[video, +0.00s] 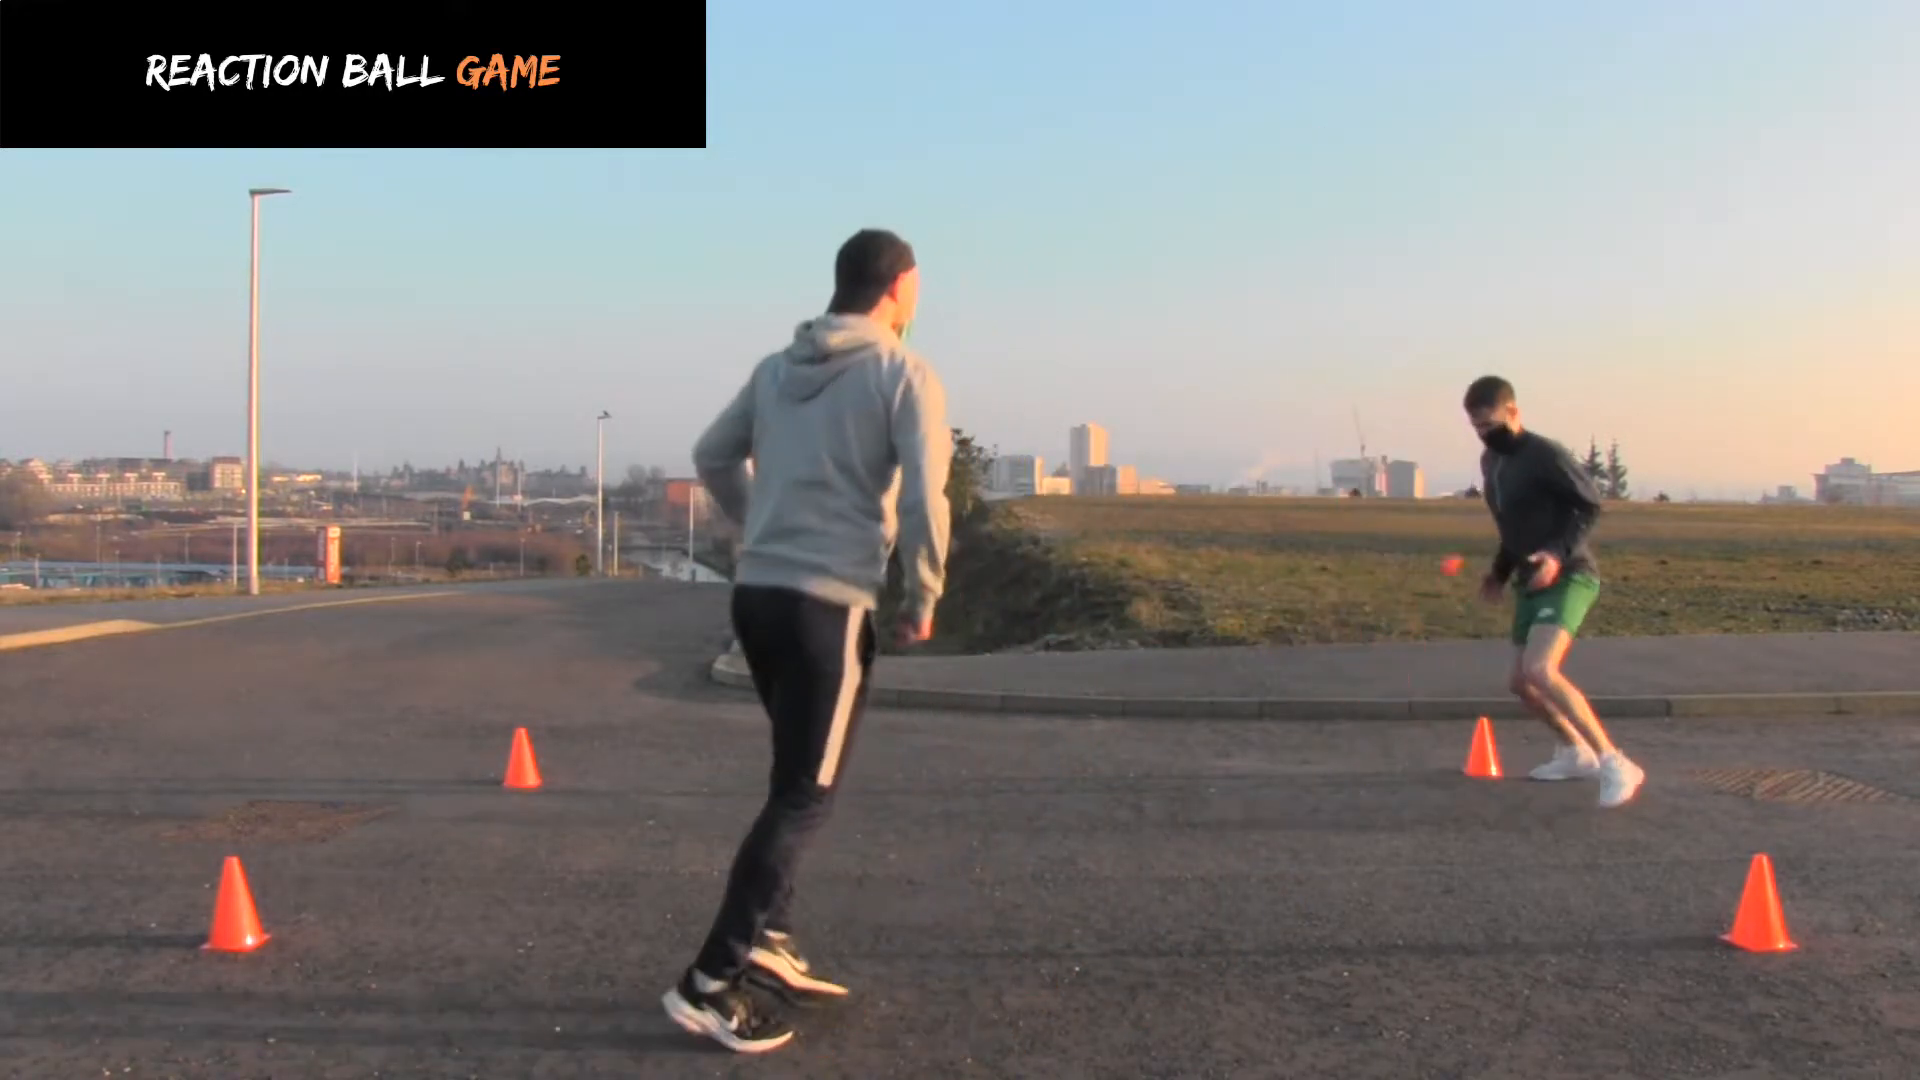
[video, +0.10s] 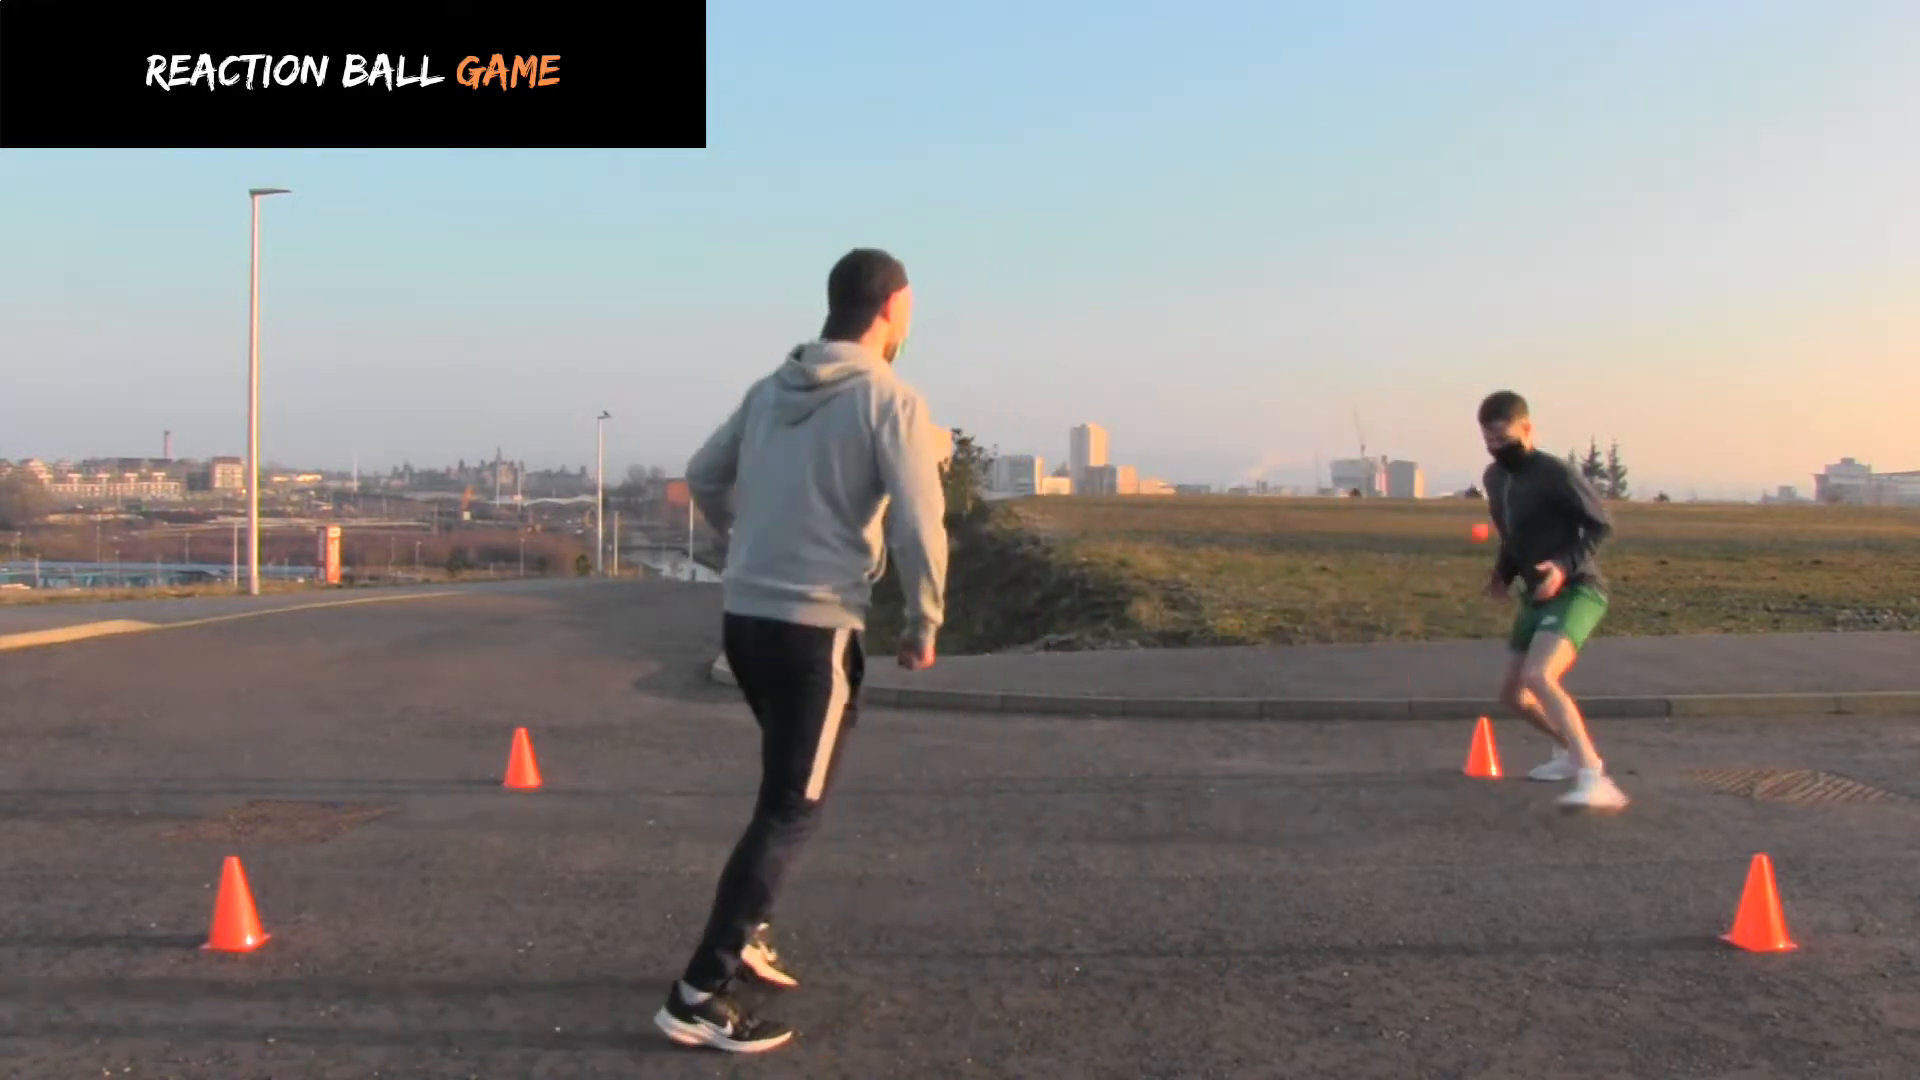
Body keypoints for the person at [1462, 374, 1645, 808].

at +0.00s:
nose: (1483, 432)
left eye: (1490, 421)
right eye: (1477, 424)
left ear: (1514, 411)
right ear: (1472, 420)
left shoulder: (1543, 452)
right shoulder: (1492, 463)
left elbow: (1590, 504)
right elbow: (1515, 527)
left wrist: (1560, 555)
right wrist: (1500, 571)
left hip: (1570, 575)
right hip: (1531, 580)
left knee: (1540, 670)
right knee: (1522, 682)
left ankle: (1614, 761)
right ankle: (1579, 751)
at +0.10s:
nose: (1493, 445)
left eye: (1501, 436)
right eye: (1488, 436)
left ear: (1526, 429)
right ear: (1482, 433)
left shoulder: (1556, 473)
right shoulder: (1495, 478)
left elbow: (1599, 526)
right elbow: (1513, 534)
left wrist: (1563, 567)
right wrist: (1503, 572)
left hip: (1578, 589)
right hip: (1536, 593)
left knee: (1540, 676)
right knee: (1515, 693)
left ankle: (1595, 774)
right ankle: (1570, 750)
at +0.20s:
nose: (1512, 465)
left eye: (1519, 456)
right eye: (1506, 457)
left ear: (1546, 450)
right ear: (1502, 456)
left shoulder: (1574, 492)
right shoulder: (1506, 499)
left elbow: (1618, 552)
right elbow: (1504, 565)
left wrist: (1563, 551)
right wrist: (1518, 559)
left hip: (1581, 614)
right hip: (1538, 617)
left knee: (1538, 689)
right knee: (1509, 713)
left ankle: (1574, 806)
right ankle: (1577, 753)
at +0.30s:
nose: (1525, 471)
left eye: (1534, 463)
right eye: (1519, 462)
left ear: (1559, 455)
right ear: (1513, 457)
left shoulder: (1585, 498)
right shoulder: (1511, 501)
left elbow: (1620, 563)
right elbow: (1498, 566)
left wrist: (1562, 543)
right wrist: (1515, 540)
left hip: (1585, 619)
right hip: (1540, 622)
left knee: (1534, 688)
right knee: (1514, 717)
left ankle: (1574, 804)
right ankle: (1578, 754)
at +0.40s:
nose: (1528, 452)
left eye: (1538, 443)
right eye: (1523, 442)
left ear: (1564, 438)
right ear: (1517, 438)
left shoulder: (1588, 485)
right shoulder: (1516, 486)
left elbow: (1621, 550)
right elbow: (1501, 550)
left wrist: (1553, 540)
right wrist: (1512, 536)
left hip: (1592, 612)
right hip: (1545, 613)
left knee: (1537, 687)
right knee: (1538, 695)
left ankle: (1576, 805)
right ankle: (1577, 749)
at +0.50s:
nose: (1526, 431)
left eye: (1536, 422)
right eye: (1521, 421)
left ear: (1563, 417)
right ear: (1516, 418)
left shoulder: (1588, 466)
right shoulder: (1519, 470)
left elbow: (1617, 533)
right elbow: (1525, 524)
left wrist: (1545, 537)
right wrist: (1512, 535)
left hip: (1595, 598)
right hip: (1549, 598)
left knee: (1538, 687)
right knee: (1550, 694)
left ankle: (1577, 804)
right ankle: (1568, 751)